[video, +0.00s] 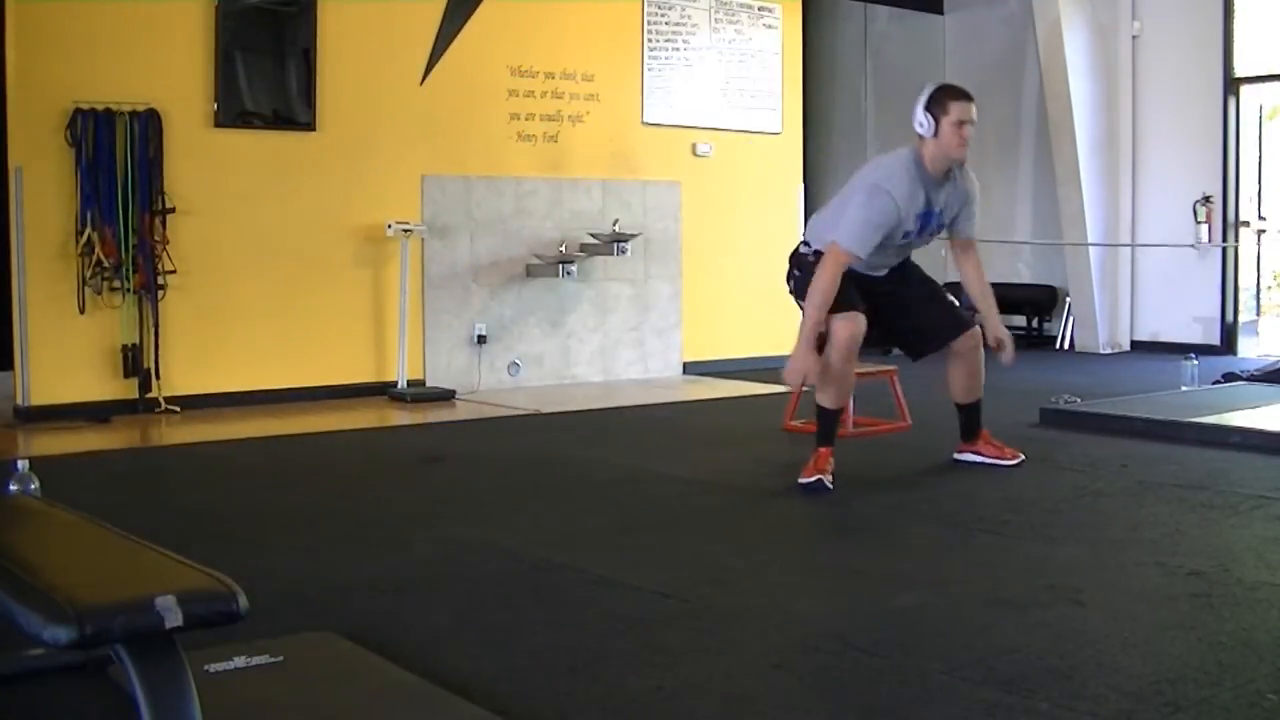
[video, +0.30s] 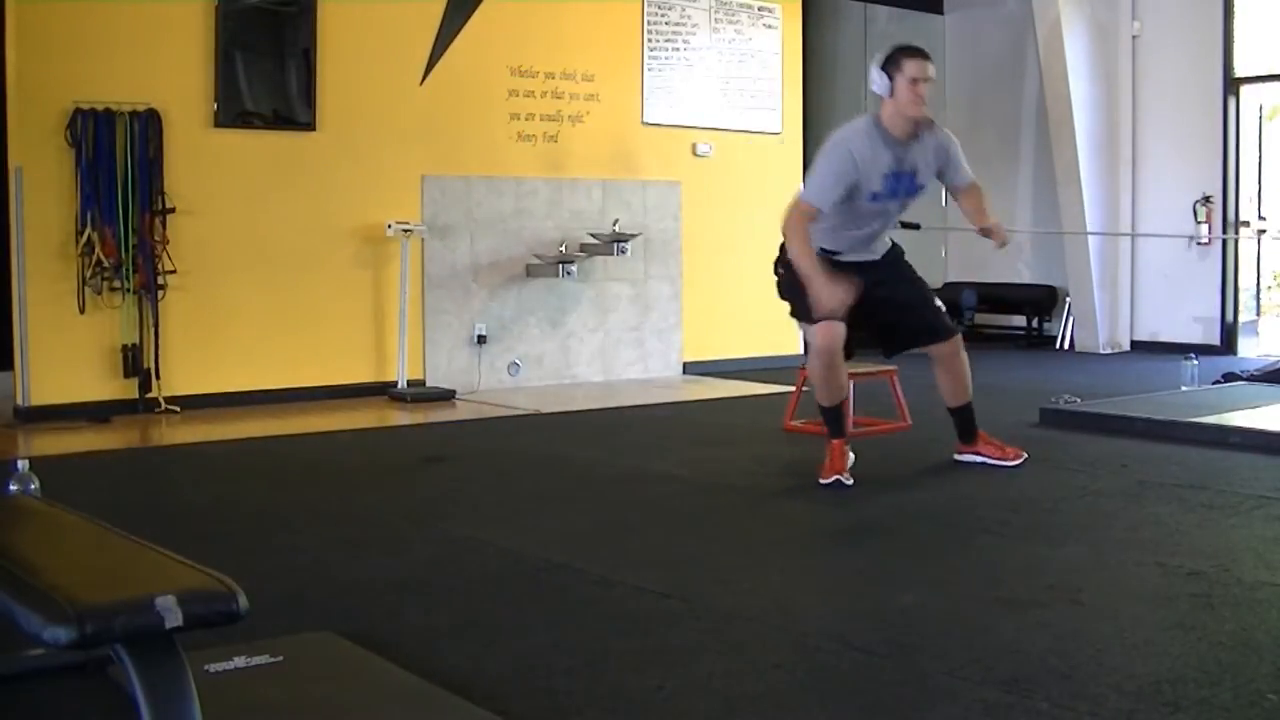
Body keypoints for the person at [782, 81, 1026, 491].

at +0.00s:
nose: (968, 134)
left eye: (971, 125)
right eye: (960, 125)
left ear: (972, 129)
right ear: (930, 127)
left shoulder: (960, 185)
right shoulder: (887, 184)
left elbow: (965, 251)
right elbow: (834, 260)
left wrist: (992, 321)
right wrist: (804, 346)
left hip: (887, 268)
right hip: (824, 264)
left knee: (966, 336)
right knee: (848, 328)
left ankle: (972, 440)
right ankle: (823, 452)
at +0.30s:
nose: (923, 91)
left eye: (927, 82)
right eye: (914, 82)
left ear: (931, 88)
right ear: (887, 86)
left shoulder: (938, 142)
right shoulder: (850, 144)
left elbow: (965, 188)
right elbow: (795, 221)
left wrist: (981, 221)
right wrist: (819, 282)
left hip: (876, 253)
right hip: (818, 255)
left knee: (945, 338)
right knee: (827, 336)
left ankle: (969, 440)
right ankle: (836, 447)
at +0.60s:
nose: (850, 69)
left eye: (857, 59)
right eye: (840, 56)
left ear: (863, 67)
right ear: (812, 59)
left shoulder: (865, 126)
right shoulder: (767, 119)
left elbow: (910, 183)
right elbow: (693, 183)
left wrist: (939, 229)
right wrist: (631, 246)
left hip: (794, 243)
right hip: (727, 234)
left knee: (856, 338)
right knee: (748, 317)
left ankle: (855, 457)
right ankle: (709, 439)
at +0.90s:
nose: (659, 50)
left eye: (667, 41)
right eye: (647, 39)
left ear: (674, 48)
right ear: (619, 45)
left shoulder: (698, 108)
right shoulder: (587, 113)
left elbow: (760, 161)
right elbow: (526, 188)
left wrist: (784, 241)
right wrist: (593, 170)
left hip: (688, 254)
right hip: (604, 253)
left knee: (755, 360)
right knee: (542, 345)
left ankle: (824, 449)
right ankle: (543, 480)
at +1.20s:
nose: (562, 89)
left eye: (573, 77)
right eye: (551, 74)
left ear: (584, 82)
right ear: (523, 74)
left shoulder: (592, 145)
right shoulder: (479, 136)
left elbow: (649, 223)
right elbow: (402, 232)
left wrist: (677, 305)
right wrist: (364, 336)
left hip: (516, 272)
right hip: (439, 264)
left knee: (598, 352)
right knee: (366, 368)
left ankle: (576, 497)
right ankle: (271, 497)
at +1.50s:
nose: (371, 268)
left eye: (383, 254)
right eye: (359, 254)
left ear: (401, 246)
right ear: (331, 244)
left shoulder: (427, 281)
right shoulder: (298, 285)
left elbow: (477, 390)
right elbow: (227, 409)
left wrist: (495, 511)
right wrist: (171, 524)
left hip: (391, 317)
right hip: (298, 305)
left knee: (498, 382)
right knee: (221, 390)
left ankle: (570, 497)